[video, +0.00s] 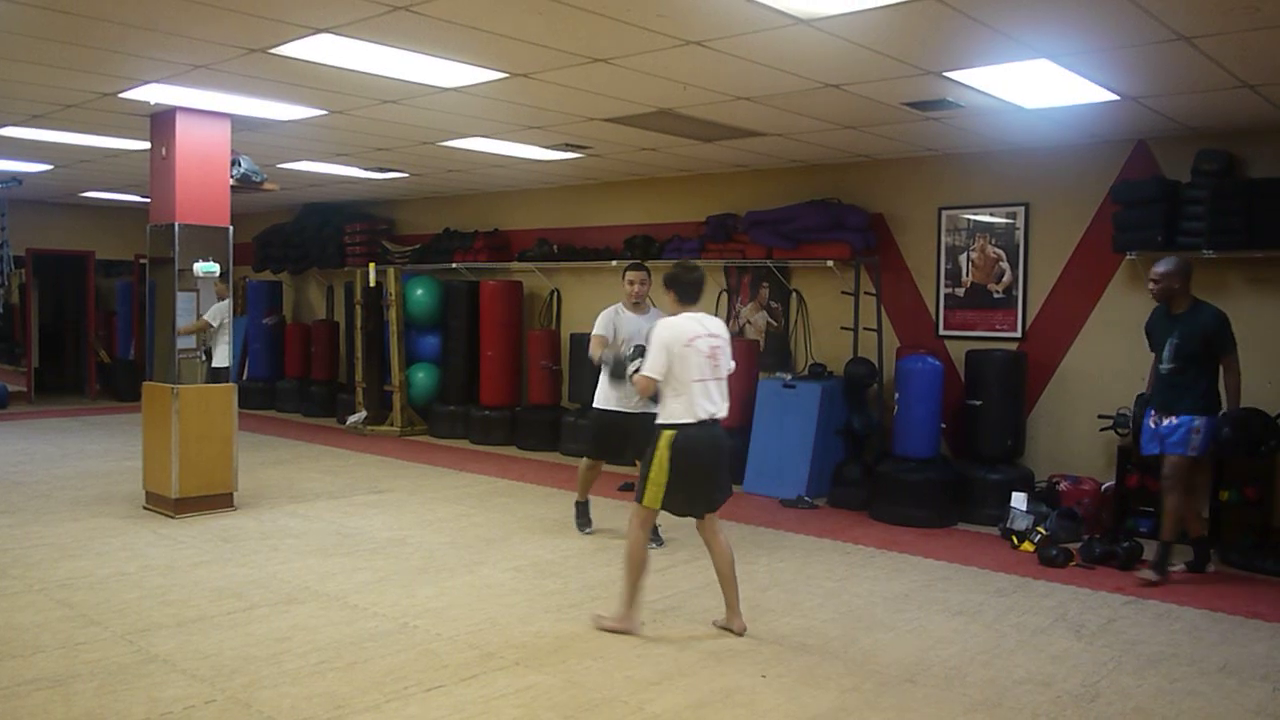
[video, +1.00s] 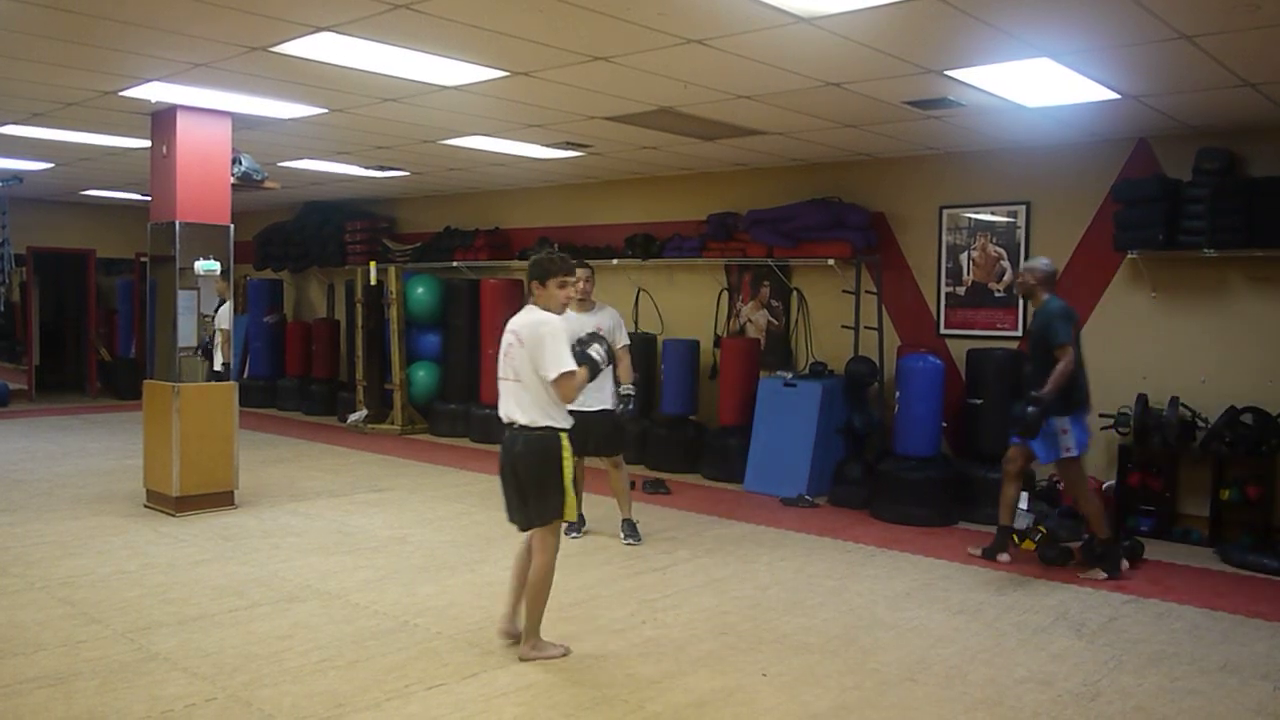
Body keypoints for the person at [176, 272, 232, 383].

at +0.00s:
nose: (215, 289)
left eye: (217, 285)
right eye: (215, 285)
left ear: (226, 286)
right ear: (226, 287)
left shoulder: (220, 307)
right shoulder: (240, 305)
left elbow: (203, 325)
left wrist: (180, 331)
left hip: (221, 364)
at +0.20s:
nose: (214, 288)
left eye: (217, 283)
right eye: (215, 284)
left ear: (226, 284)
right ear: (227, 285)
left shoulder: (222, 308)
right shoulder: (242, 304)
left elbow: (213, 340)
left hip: (221, 365)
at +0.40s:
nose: (213, 288)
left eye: (215, 283)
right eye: (213, 284)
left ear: (226, 285)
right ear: (225, 285)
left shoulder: (224, 308)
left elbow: (214, 339)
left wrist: (202, 361)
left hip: (222, 367)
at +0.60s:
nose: (213, 288)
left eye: (215, 284)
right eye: (213, 284)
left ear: (226, 286)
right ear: (226, 286)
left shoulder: (225, 309)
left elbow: (217, 340)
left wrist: (201, 363)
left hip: (224, 370)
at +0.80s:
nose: (215, 287)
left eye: (217, 282)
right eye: (215, 283)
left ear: (226, 284)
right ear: (225, 284)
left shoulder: (225, 309)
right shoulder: (240, 305)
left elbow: (221, 339)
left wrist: (214, 362)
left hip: (225, 369)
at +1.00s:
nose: (215, 286)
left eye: (218, 282)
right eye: (216, 282)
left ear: (226, 284)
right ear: (225, 284)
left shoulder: (225, 309)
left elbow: (225, 339)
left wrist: (227, 364)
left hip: (221, 367)